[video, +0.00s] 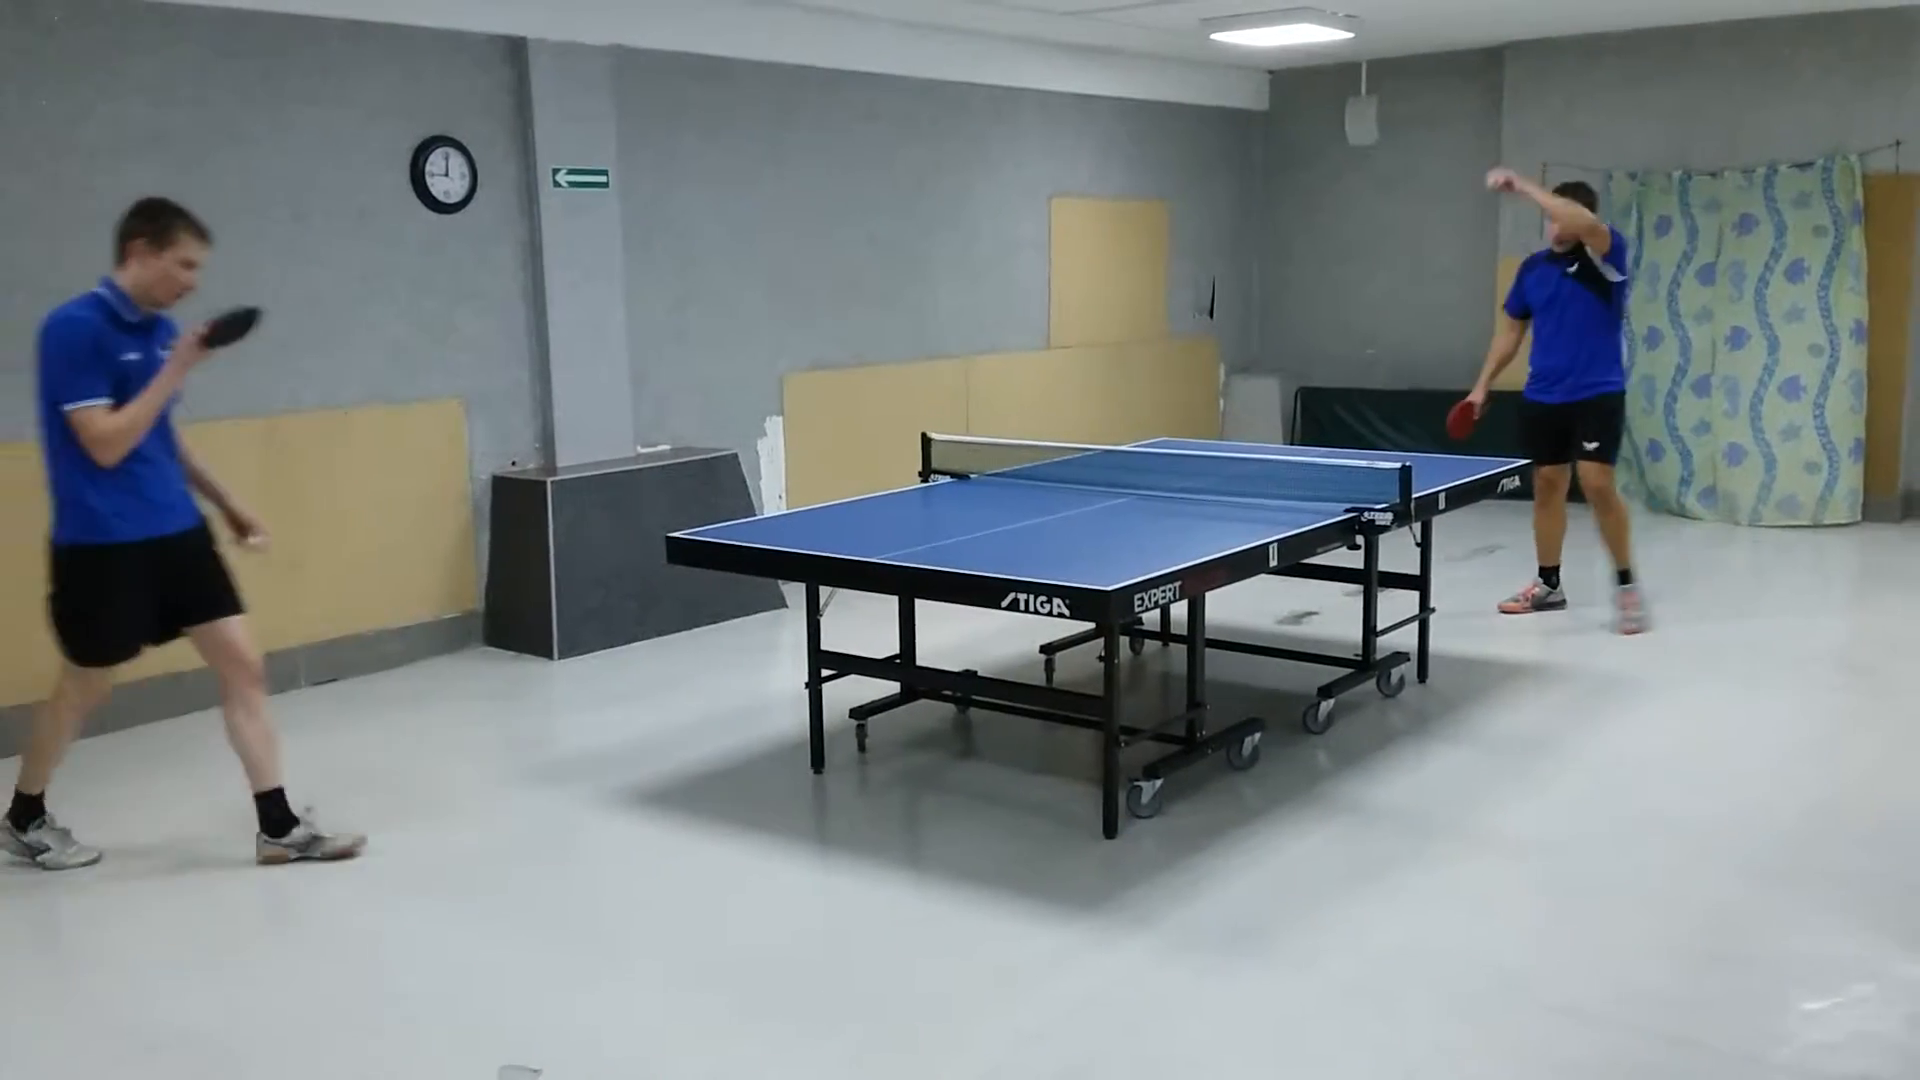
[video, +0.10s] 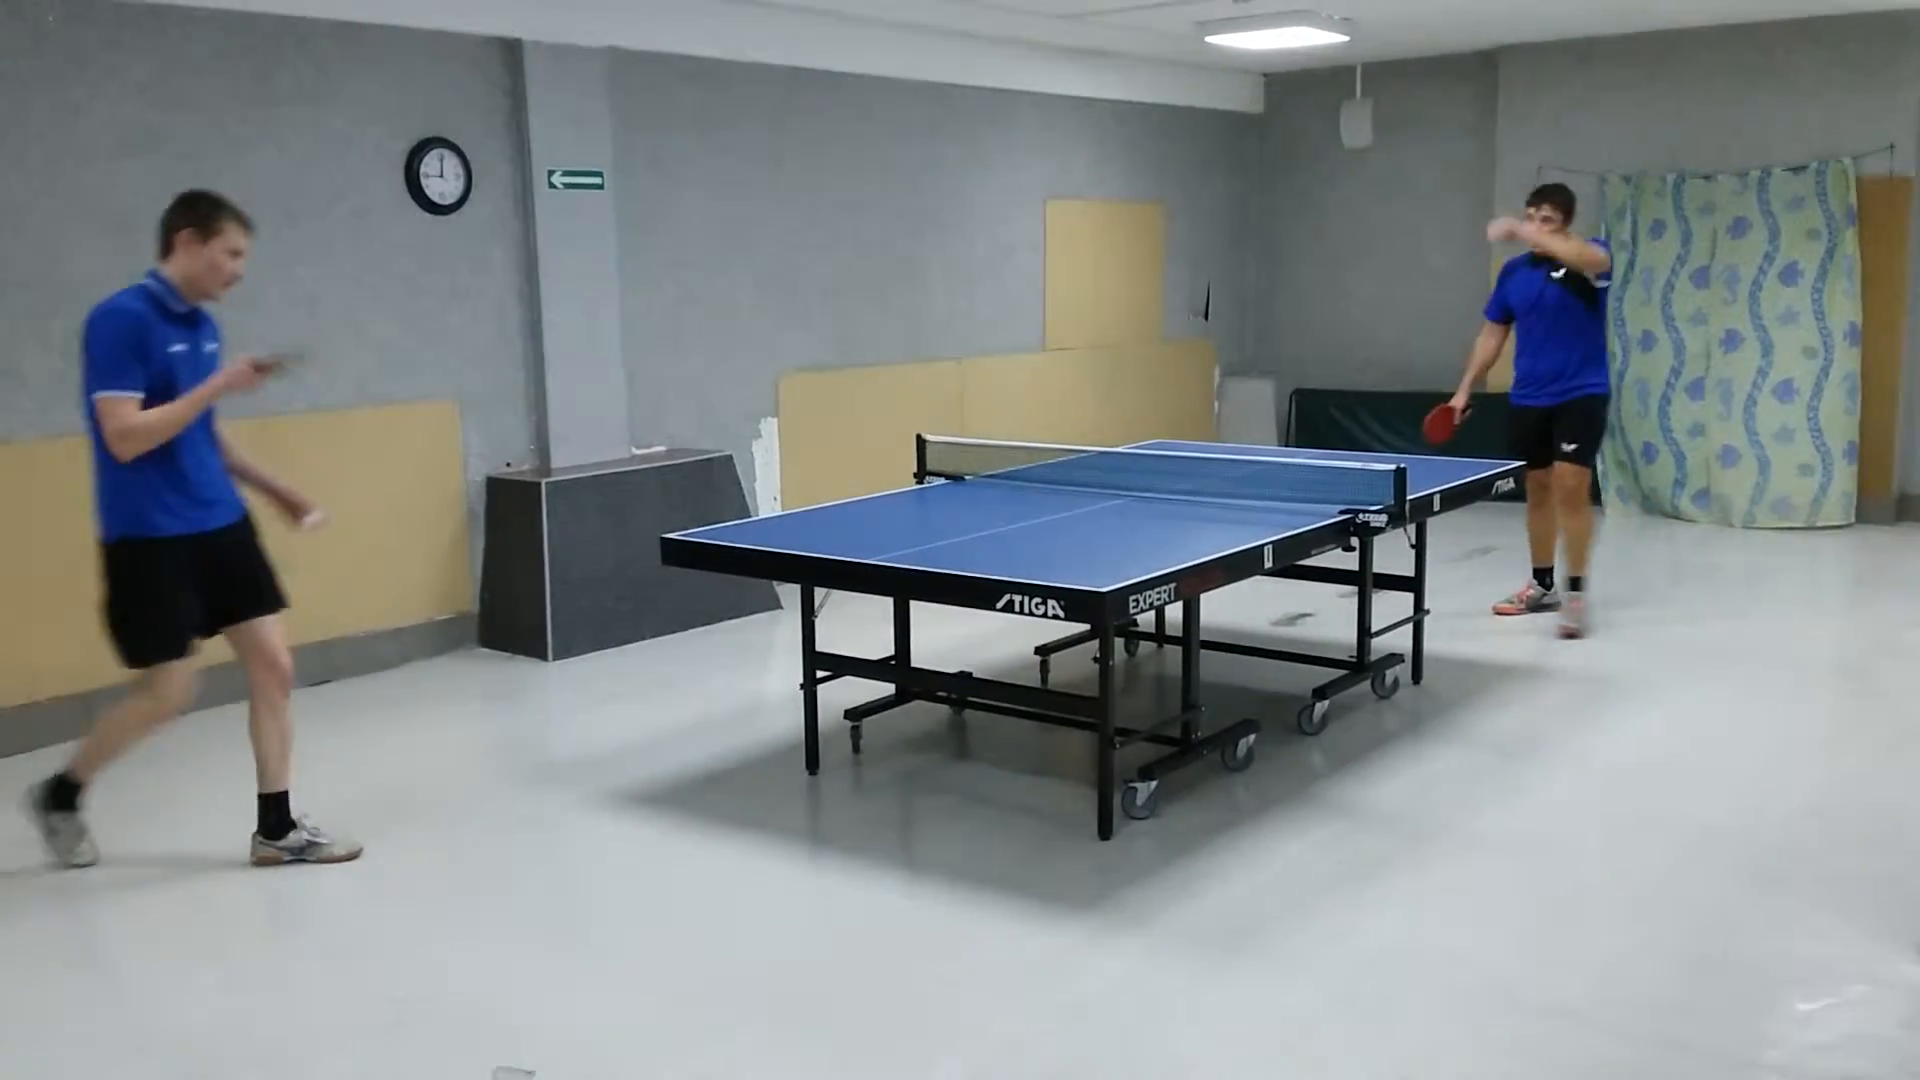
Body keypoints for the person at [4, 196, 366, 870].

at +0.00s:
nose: (191, 283)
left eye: (196, 270)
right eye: (184, 266)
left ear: (158, 260)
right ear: (137, 252)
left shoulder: (160, 333)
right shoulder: (71, 329)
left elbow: (162, 442)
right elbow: (103, 444)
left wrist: (225, 503)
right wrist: (179, 366)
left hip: (177, 536)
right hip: (100, 548)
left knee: (242, 667)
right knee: (84, 687)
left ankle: (278, 824)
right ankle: (23, 816)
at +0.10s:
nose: (238, 271)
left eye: (243, 258)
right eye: (230, 254)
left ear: (195, 251)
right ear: (185, 244)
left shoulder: (202, 328)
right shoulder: (118, 321)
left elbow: (207, 438)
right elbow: (123, 437)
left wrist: (278, 491)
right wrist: (216, 388)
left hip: (219, 527)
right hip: (147, 540)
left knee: (273, 664)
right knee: (168, 691)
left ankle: (276, 827)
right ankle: (61, 793)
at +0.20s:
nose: (274, 259)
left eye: (278, 246)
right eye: (266, 242)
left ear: (237, 240)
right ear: (221, 232)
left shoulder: (238, 319)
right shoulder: (158, 309)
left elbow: (248, 425)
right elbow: (145, 425)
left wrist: (336, 452)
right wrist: (251, 413)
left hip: (256, 513)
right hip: (190, 526)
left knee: (289, 668)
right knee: (252, 680)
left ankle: (273, 827)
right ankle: (142, 780)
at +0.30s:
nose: (310, 249)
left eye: (314, 236)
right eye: (302, 233)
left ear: (270, 232)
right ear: (258, 226)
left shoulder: (269, 311)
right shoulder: (201, 303)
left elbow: (280, 420)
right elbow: (180, 417)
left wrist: (371, 418)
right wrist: (290, 443)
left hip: (281, 512)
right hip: (235, 520)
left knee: (299, 674)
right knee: (323, 667)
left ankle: (274, 821)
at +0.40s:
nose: (348, 244)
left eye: (348, 231)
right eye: (338, 229)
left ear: (306, 231)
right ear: (296, 227)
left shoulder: (296, 307)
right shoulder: (255, 302)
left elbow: (312, 418)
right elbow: (220, 415)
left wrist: (404, 398)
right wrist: (322, 464)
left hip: (299, 517)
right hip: (273, 523)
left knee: (311, 671)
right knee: (378, 663)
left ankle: (276, 829)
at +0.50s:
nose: (383, 247)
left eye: (381, 234)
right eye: (373, 231)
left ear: (333, 236)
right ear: (335, 233)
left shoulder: (323, 305)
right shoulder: (311, 304)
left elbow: (343, 417)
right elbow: (282, 423)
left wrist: (440, 413)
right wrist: (375, 468)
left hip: (305, 527)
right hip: (320, 529)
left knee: (324, 669)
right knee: (414, 675)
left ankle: (276, 826)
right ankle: (453, 861)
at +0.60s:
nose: (416, 248)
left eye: (415, 234)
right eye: (408, 234)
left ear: (355, 239)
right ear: (376, 235)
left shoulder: (309, 311)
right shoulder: (370, 307)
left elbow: (352, 439)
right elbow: (375, 438)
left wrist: (453, 450)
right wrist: (459, 448)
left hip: (315, 542)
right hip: (371, 540)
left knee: (343, 674)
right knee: (451, 687)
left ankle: (277, 820)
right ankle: (459, 874)